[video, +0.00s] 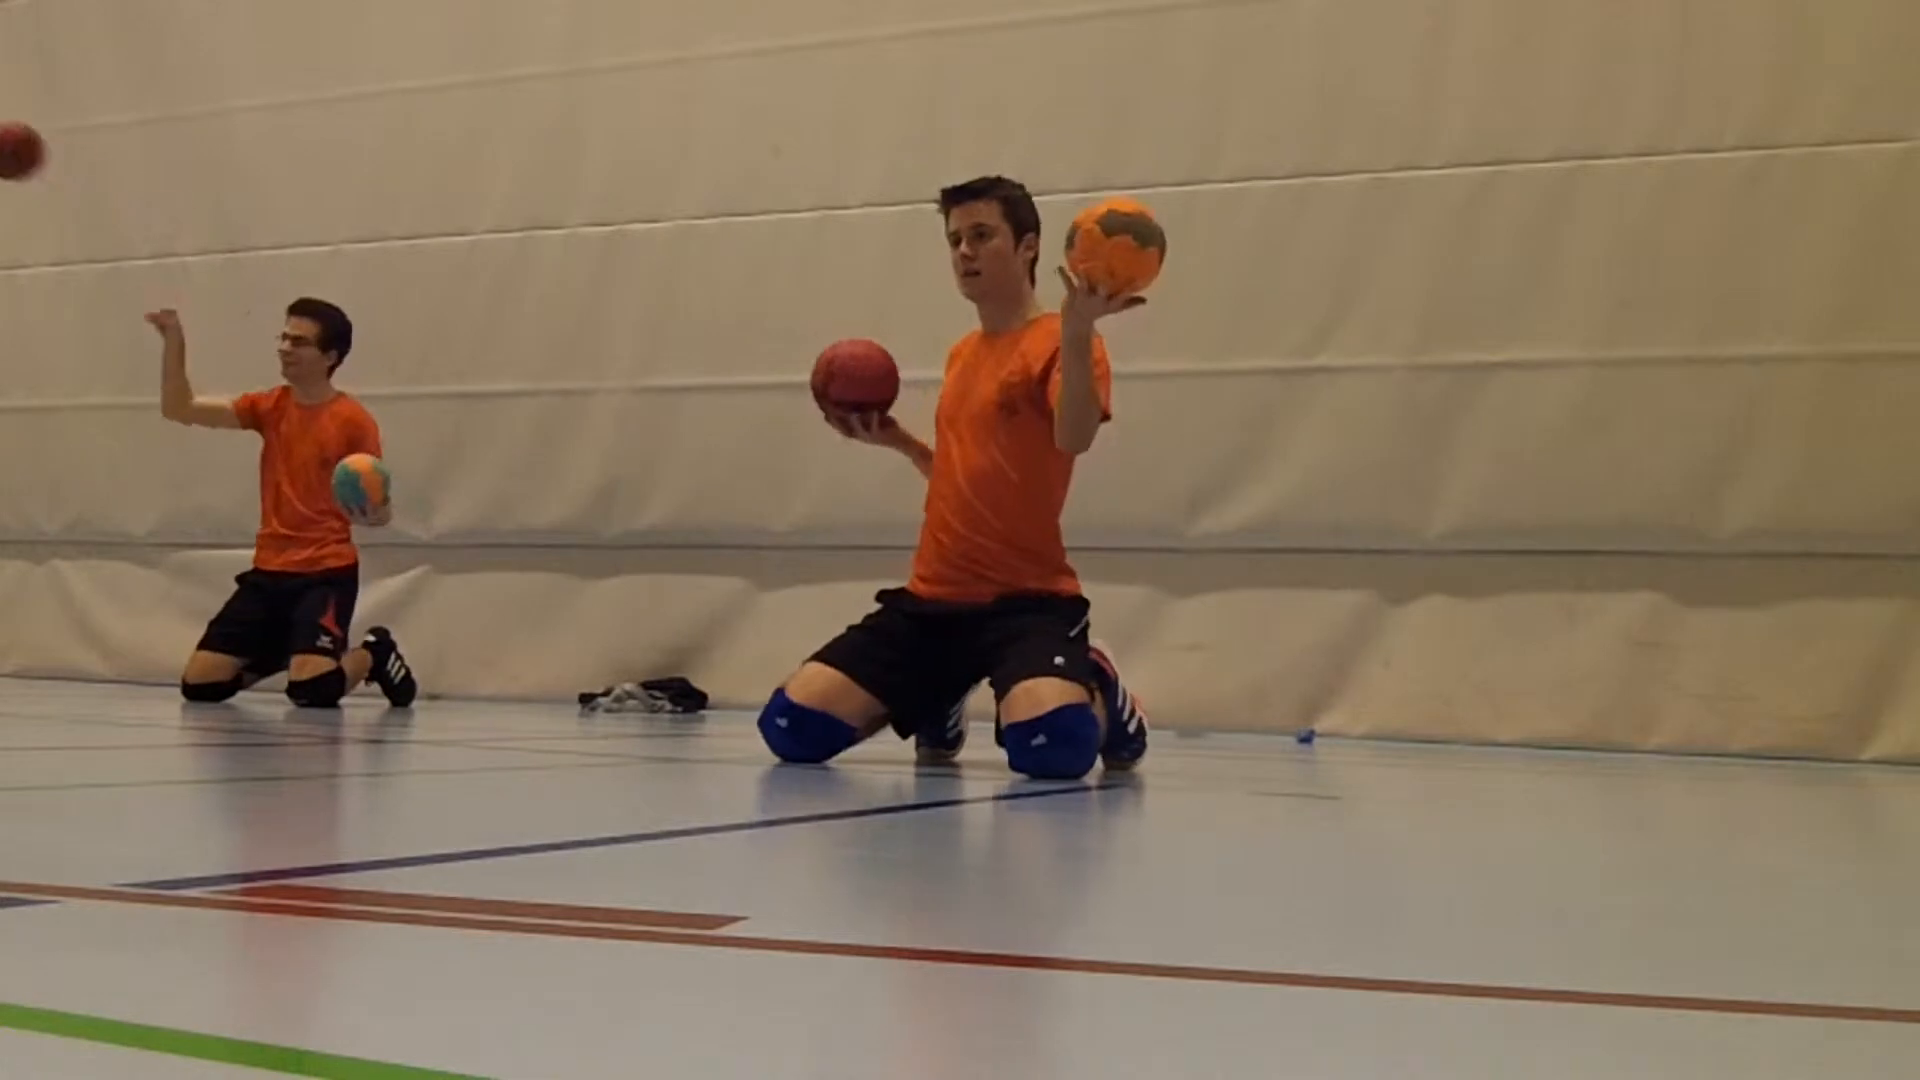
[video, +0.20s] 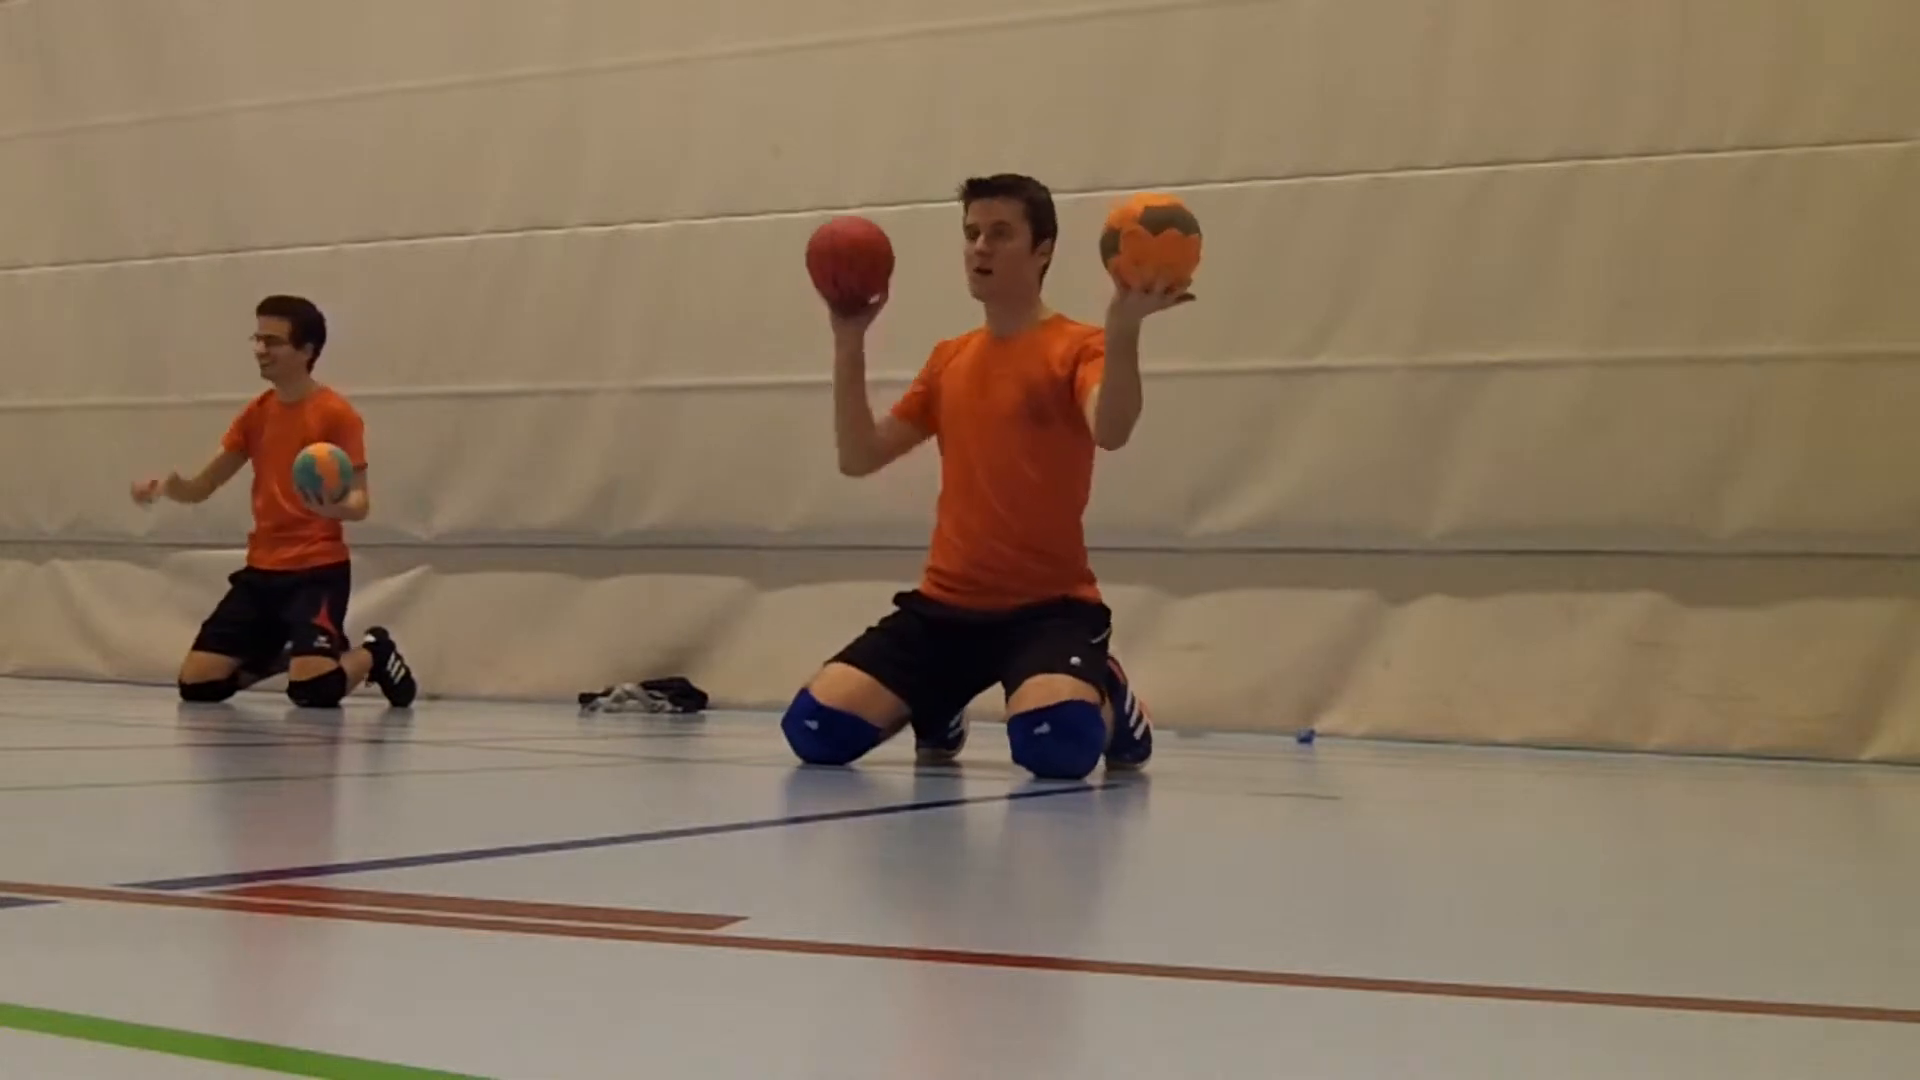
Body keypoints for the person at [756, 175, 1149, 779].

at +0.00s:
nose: (963, 253)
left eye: (981, 235)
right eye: (955, 240)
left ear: (1028, 249)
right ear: (948, 254)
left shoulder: (1064, 341)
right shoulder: (965, 353)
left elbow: (1074, 437)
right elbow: (964, 482)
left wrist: (1076, 328)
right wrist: (899, 439)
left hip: (1028, 607)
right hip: (930, 605)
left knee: (1049, 753)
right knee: (790, 731)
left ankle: (1096, 685)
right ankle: (928, 689)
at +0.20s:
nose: (980, 249)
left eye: (999, 234)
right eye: (971, 235)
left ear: (1042, 252)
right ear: (962, 247)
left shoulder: (1077, 346)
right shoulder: (951, 360)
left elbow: (1112, 431)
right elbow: (859, 456)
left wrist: (1124, 326)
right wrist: (848, 340)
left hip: (1050, 610)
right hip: (945, 607)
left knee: (1054, 749)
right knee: (814, 734)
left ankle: (1106, 689)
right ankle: (932, 691)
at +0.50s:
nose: (1015, 203)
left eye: (1037, 194)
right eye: (1006, 192)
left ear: (1071, 224)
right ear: (989, 216)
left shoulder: (1098, 335)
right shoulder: (951, 297)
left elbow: (1161, 427)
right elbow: (853, 225)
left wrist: (1194, 330)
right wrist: (847, 135)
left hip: (1054, 589)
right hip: (946, 581)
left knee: (1050, 751)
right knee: (808, 737)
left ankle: (1108, 684)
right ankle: (934, 683)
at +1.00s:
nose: (1004, 231)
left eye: (1024, 217)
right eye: (994, 220)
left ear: (1067, 243)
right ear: (982, 240)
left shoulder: (1111, 359)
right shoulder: (953, 342)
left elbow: (1187, 468)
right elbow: (852, 433)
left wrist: (1253, 392)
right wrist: (795, 436)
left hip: (1065, 607)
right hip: (958, 601)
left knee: (1047, 753)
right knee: (821, 737)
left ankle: (1115, 691)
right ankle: (938, 689)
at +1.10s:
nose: (999, 239)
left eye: (1020, 226)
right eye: (990, 227)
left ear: (1061, 251)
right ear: (977, 247)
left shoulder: (1105, 364)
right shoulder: (949, 348)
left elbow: (1178, 477)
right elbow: (850, 439)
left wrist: (1244, 406)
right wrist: (786, 442)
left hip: (1058, 609)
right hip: (951, 604)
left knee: (1040, 749)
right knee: (820, 736)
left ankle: (1117, 687)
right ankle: (935, 691)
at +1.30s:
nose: (984, 229)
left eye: (1005, 216)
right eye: (975, 218)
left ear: (1046, 242)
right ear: (963, 239)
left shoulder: (1091, 357)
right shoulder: (933, 339)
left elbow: (1157, 475)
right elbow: (838, 439)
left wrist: (1217, 413)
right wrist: (772, 441)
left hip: (1047, 600)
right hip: (940, 597)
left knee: (1026, 749)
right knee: (819, 735)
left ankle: (1112, 682)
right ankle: (931, 688)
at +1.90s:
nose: (838, 219)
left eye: (856, 205)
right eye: (830, 209)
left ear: (906, 226)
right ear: (826, 231)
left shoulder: (965, 329)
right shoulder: (809, 335)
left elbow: (1040, 430)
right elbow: (694, 415)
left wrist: (1096, 375)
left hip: (975, 582)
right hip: (870, 590)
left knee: (1025, 752)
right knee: (729, 731)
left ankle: (1094, 689)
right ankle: (898, 679)